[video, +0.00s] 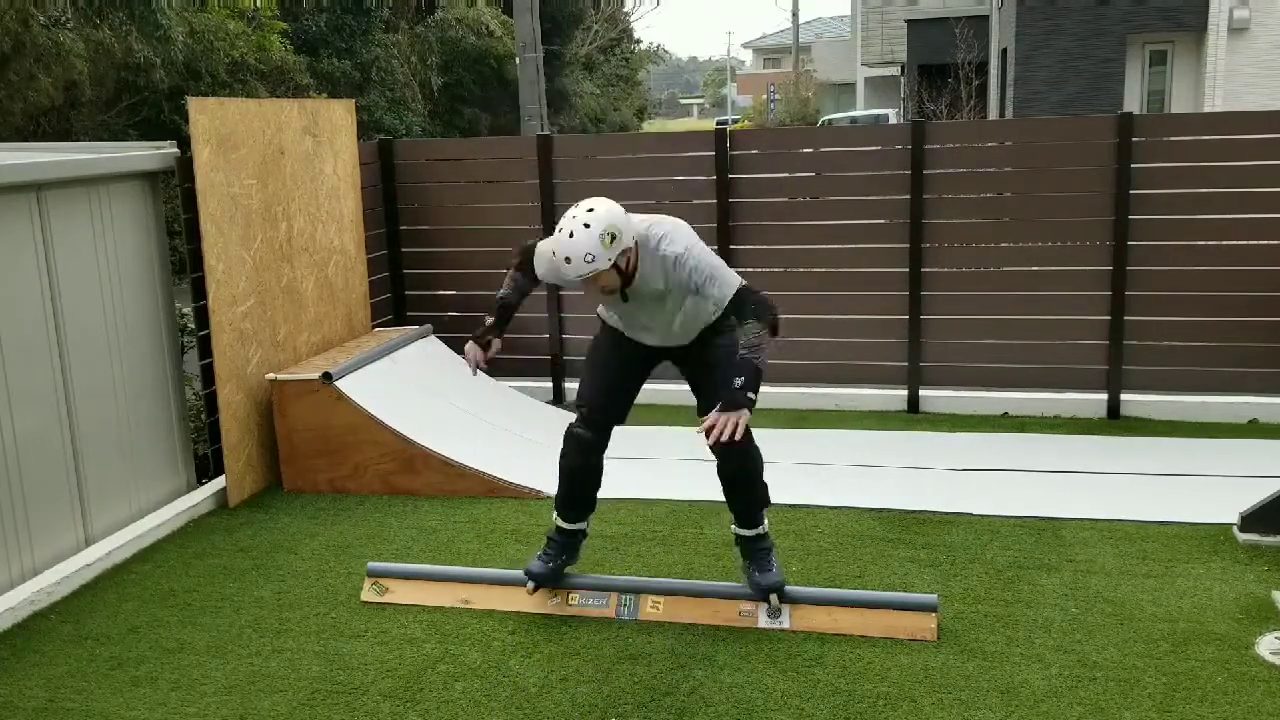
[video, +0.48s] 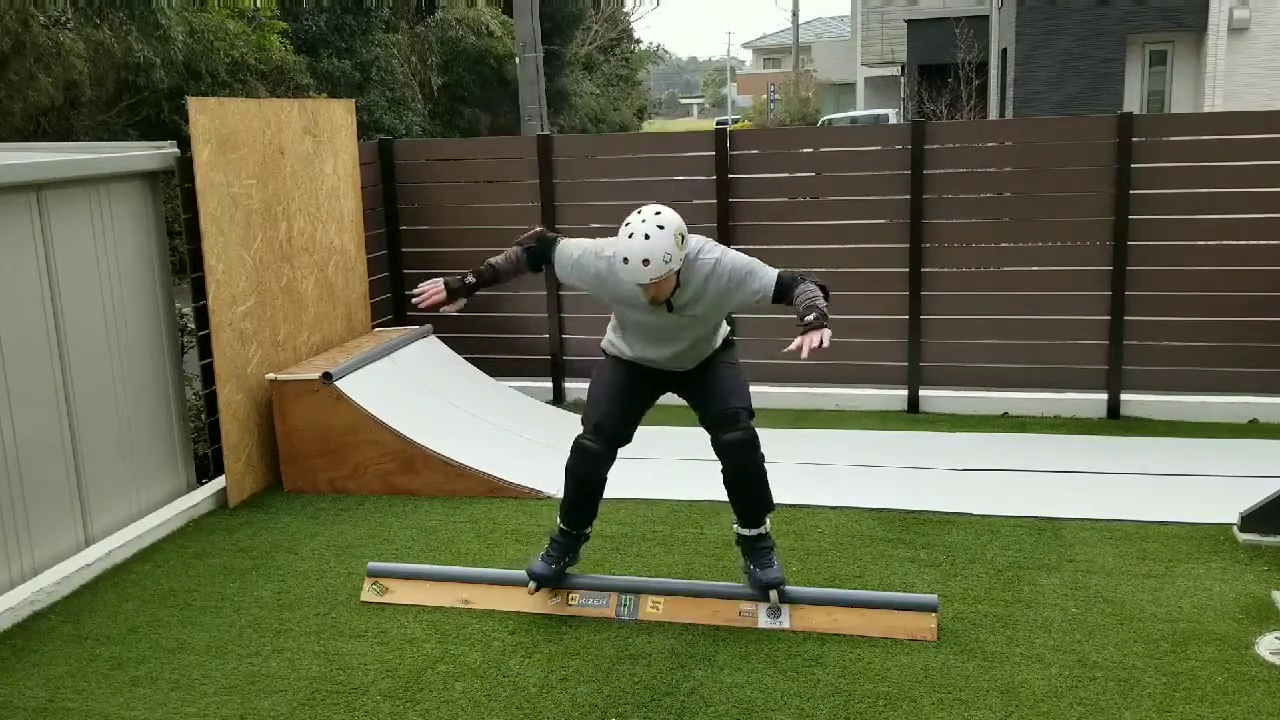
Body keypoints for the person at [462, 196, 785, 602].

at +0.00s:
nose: (590, 285)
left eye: (596, 275)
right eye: (583, 277)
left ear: (625, 255)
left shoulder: (681, 252)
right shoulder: (577, 250)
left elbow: (756, 310)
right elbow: (529, 262)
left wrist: (740, 396)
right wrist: (492, 329)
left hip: (703, 330)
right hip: (626, 328)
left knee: (730, 434)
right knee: (585, 435)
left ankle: (756, 546)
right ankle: (564, 540)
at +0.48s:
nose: (650, 290)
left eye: (658, 280)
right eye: (640, 281)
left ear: (680, 261)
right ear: (625, 266)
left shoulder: (716, 265)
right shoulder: (602, 262)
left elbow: (797, 287)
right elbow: (539, 248)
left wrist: (815, 319)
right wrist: (464, 283)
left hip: (706, 354)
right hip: (631, 352)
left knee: (738, 437)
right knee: (592, 445)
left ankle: (758, 545)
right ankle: (566, 543)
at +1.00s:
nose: (626, 151)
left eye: (633, 139)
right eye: (619, 142)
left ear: (659, 125)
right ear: (613, 135)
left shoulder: (699, 142)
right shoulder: (614, 157)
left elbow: (772, 166)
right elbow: (583, 190)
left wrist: (702, 168)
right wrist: (555, 234)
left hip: (712, 307)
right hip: (648, 310)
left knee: (722, 431)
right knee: (635, 419)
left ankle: (755, 531)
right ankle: (659, 519)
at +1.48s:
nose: (620, 153)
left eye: (627, 141)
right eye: (614, 144)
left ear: (656, 130)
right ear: (610, 139)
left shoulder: (711, 164)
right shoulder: (621, 173)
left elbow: (753, 222)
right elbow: (649, 232)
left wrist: (721, 283)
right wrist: (648, 292)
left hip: (714, 320)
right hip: (652, 321)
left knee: (723, 430)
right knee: (642, 422)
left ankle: (744, 526)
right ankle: (671, 519)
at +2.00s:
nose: (598, 239)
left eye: (606, 229)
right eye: (590, 231)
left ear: (628, 212)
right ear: (578, 219)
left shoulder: (671, 226)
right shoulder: (581, 230)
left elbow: (732, 285)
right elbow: (568, 262)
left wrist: (688, 340)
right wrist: (554, 314)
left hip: (701, 331)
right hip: (634, 330)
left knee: (712, 438)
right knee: (603, 427)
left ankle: (742, 533)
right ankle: (599, 533)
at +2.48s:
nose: (715, 139)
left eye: (720, 132)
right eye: (711, 129)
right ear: (680, 110)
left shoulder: (682, 144)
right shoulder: (622, 131)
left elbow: (725, 153)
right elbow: (540, 130)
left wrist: (782, 158)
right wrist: (563, 160)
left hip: (638, 289)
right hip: (598, 292)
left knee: (691, 385)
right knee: (679, 388)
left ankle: (640, 491)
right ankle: (606, 481)